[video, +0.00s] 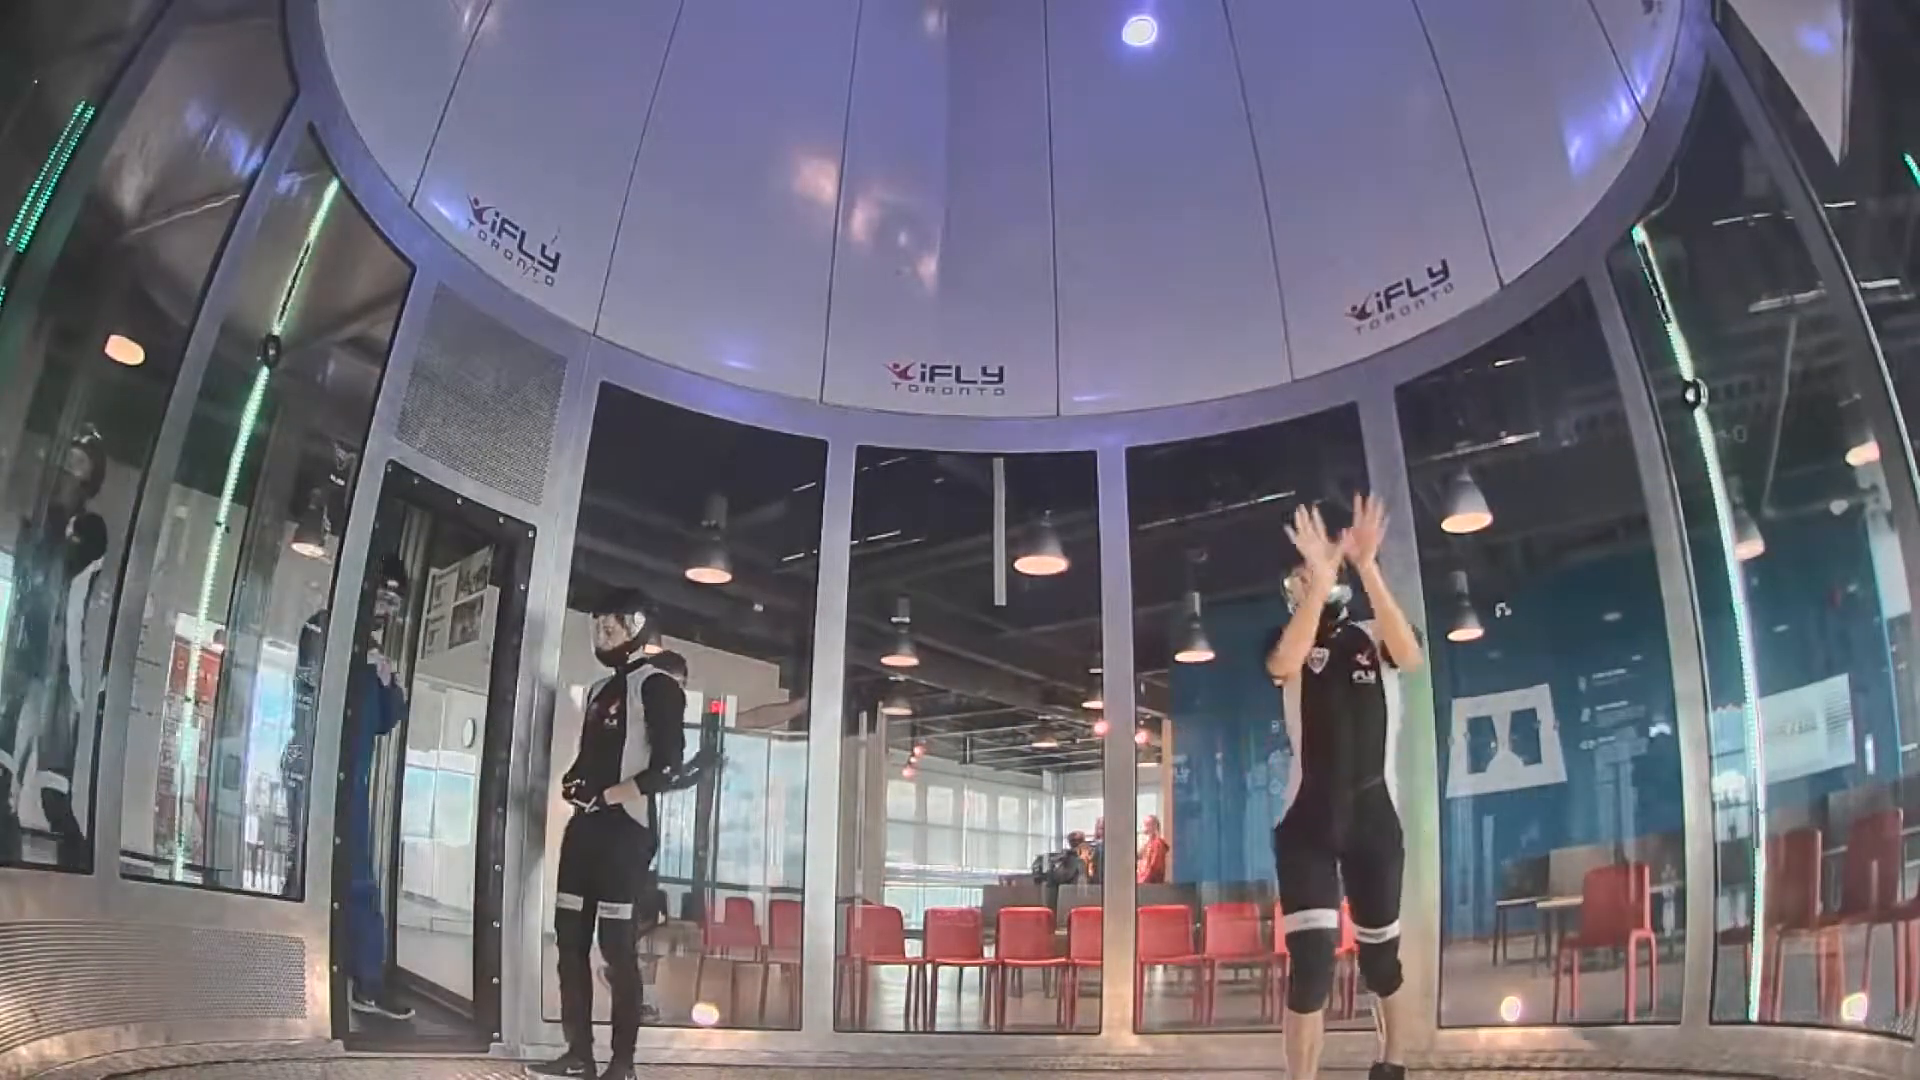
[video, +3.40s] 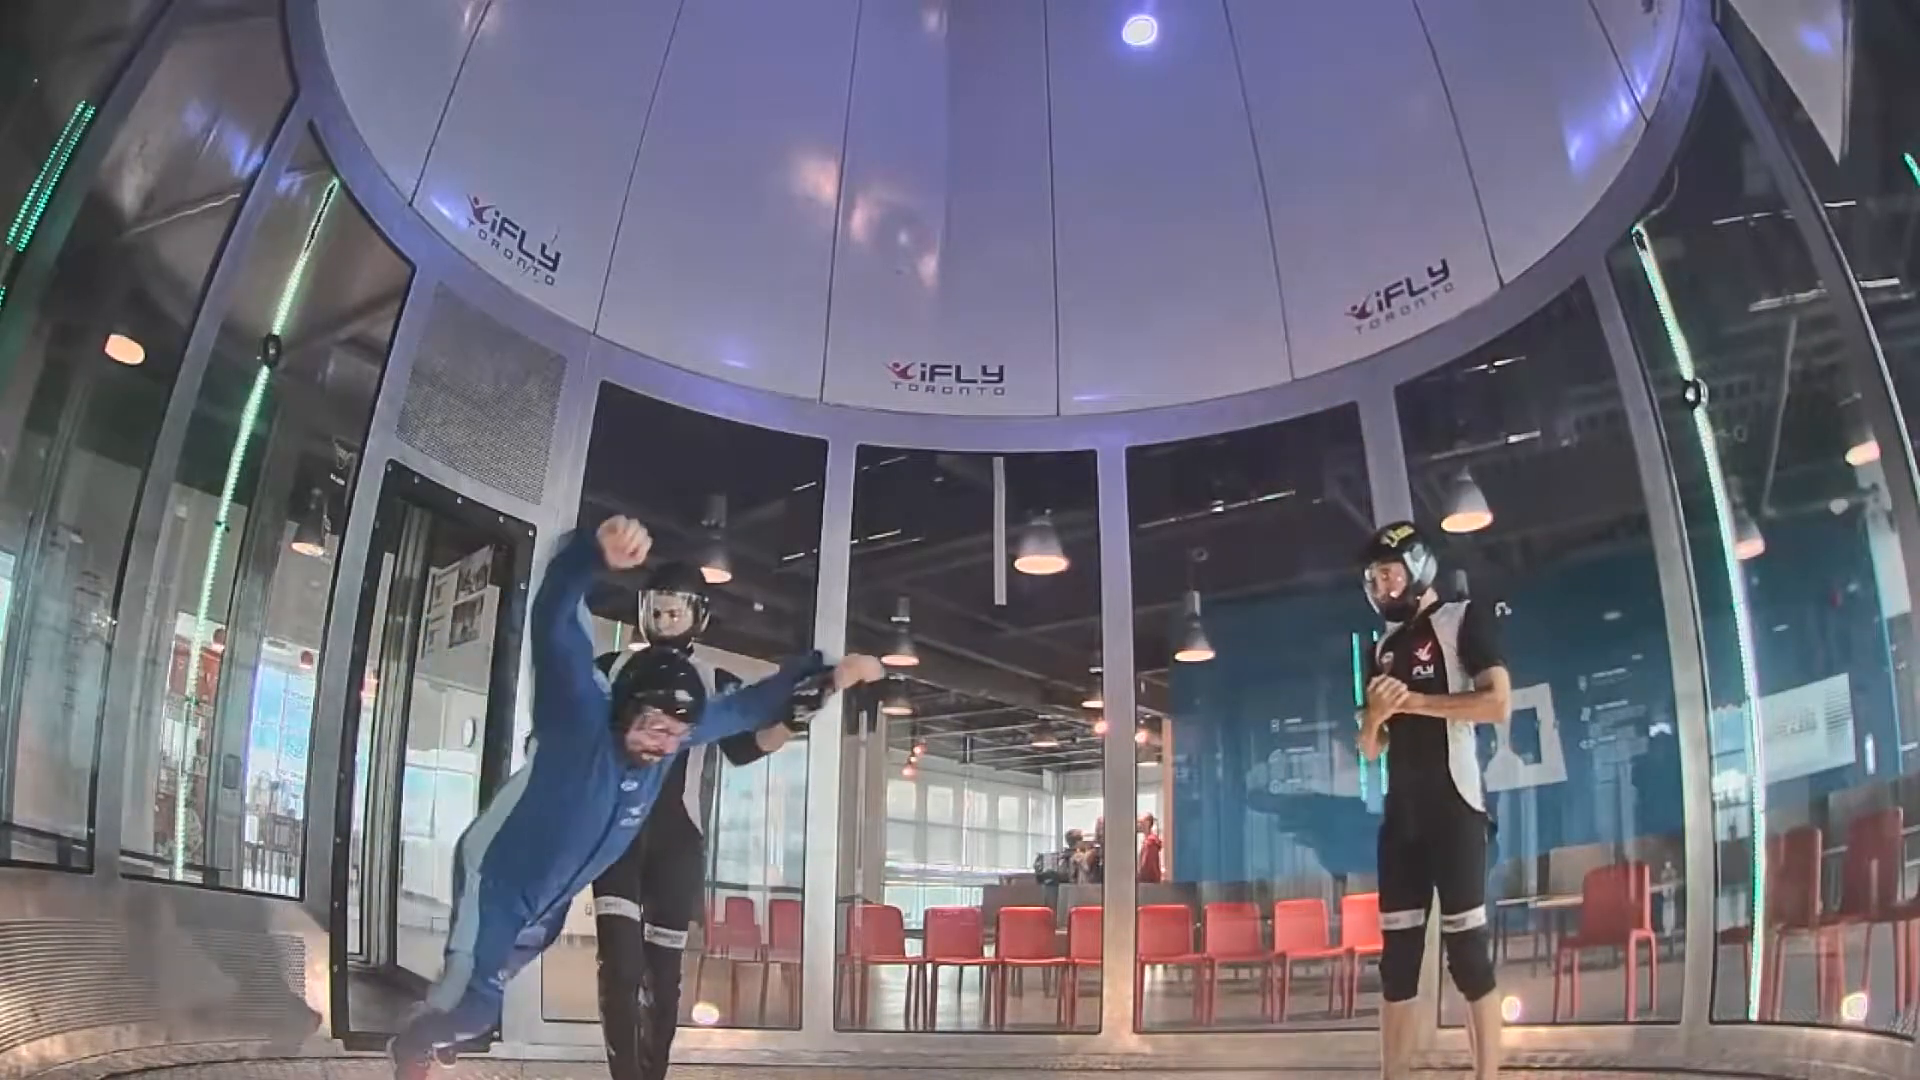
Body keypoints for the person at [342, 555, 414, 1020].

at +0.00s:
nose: (389, 608)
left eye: (395, 600)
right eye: (384, 596)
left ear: (397, 606)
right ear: (361, 591)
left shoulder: (373, 656)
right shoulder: (326, 635)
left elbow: (382, 720)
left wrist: (388, 684)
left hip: (351, 777)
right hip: (321, 773)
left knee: (359, 875)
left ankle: (368, 983)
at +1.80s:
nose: (453, 599)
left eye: (462, 592)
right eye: (447, 587)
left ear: (469, 598)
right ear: (428, 585)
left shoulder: (466, 648)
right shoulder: (398, 624)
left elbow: (474, 720)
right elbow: (388, 689)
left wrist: (465, 660)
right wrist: (430, 639)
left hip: (429, 779)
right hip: (381, 773)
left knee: (430, 887)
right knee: (376, 888)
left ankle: (426, 1001)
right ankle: (368, 1001)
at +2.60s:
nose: (516, 624)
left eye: (527, 616)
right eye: (509, 610)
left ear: (533, 622)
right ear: (487, 606)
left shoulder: (525, 663)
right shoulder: (457, 653)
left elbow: (564, 720)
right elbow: (432, 720)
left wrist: (533, 684)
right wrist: (488, 678)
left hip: (489, 808)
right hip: (438, 800)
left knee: (470, 912)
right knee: (450, 899)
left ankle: (430, 1018)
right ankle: (404, 1021)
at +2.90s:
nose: (558, 657)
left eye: (569, 649)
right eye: (550, 642)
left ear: (577, 653)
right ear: (525, 635)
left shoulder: (567, 691)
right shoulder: (492, 676)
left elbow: (622, 735)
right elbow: (452, 726)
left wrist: (596, 731)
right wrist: (539, 715)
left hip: (504, 833)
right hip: (447, 823)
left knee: (487, 951)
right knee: (449, 935)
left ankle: (427, 1012)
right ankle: (401, 1051)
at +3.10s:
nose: (600, 683)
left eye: (605, 674)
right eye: (592, 668)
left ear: (606, 676)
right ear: (559, 660)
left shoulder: (586, 711)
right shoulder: (508, 690)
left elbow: (634, 722)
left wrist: (690, 733)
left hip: (520, 861)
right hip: (460, 846)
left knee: (495, 974)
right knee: (471, 968)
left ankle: (422, 1034)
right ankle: (405, 1032)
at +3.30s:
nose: (618, 722)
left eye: (630, 714)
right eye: (609, 707)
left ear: (640, 719)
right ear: (583, 698)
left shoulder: (629, 744)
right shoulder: (540, 721)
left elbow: (700, 722)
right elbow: (508, 645)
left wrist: (768, 705)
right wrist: (574, 617)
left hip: (535, 899)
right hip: (477, 876)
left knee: (488, 1014)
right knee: (478, 1008)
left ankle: (420, 1044)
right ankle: (407, 1037)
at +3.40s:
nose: (663, 745)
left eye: (675, 733)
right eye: (653, 728)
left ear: (684, 728)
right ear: (624, 709)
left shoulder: (675, 735)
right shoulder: (579, 718)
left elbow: (748, 706)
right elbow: (555, 624)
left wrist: (826, 670)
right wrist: (590, 554)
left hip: (548, 896)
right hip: (493, 875)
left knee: (480, 1002)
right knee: (465, 1005)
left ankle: (423, 1049)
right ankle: (408, 1053)